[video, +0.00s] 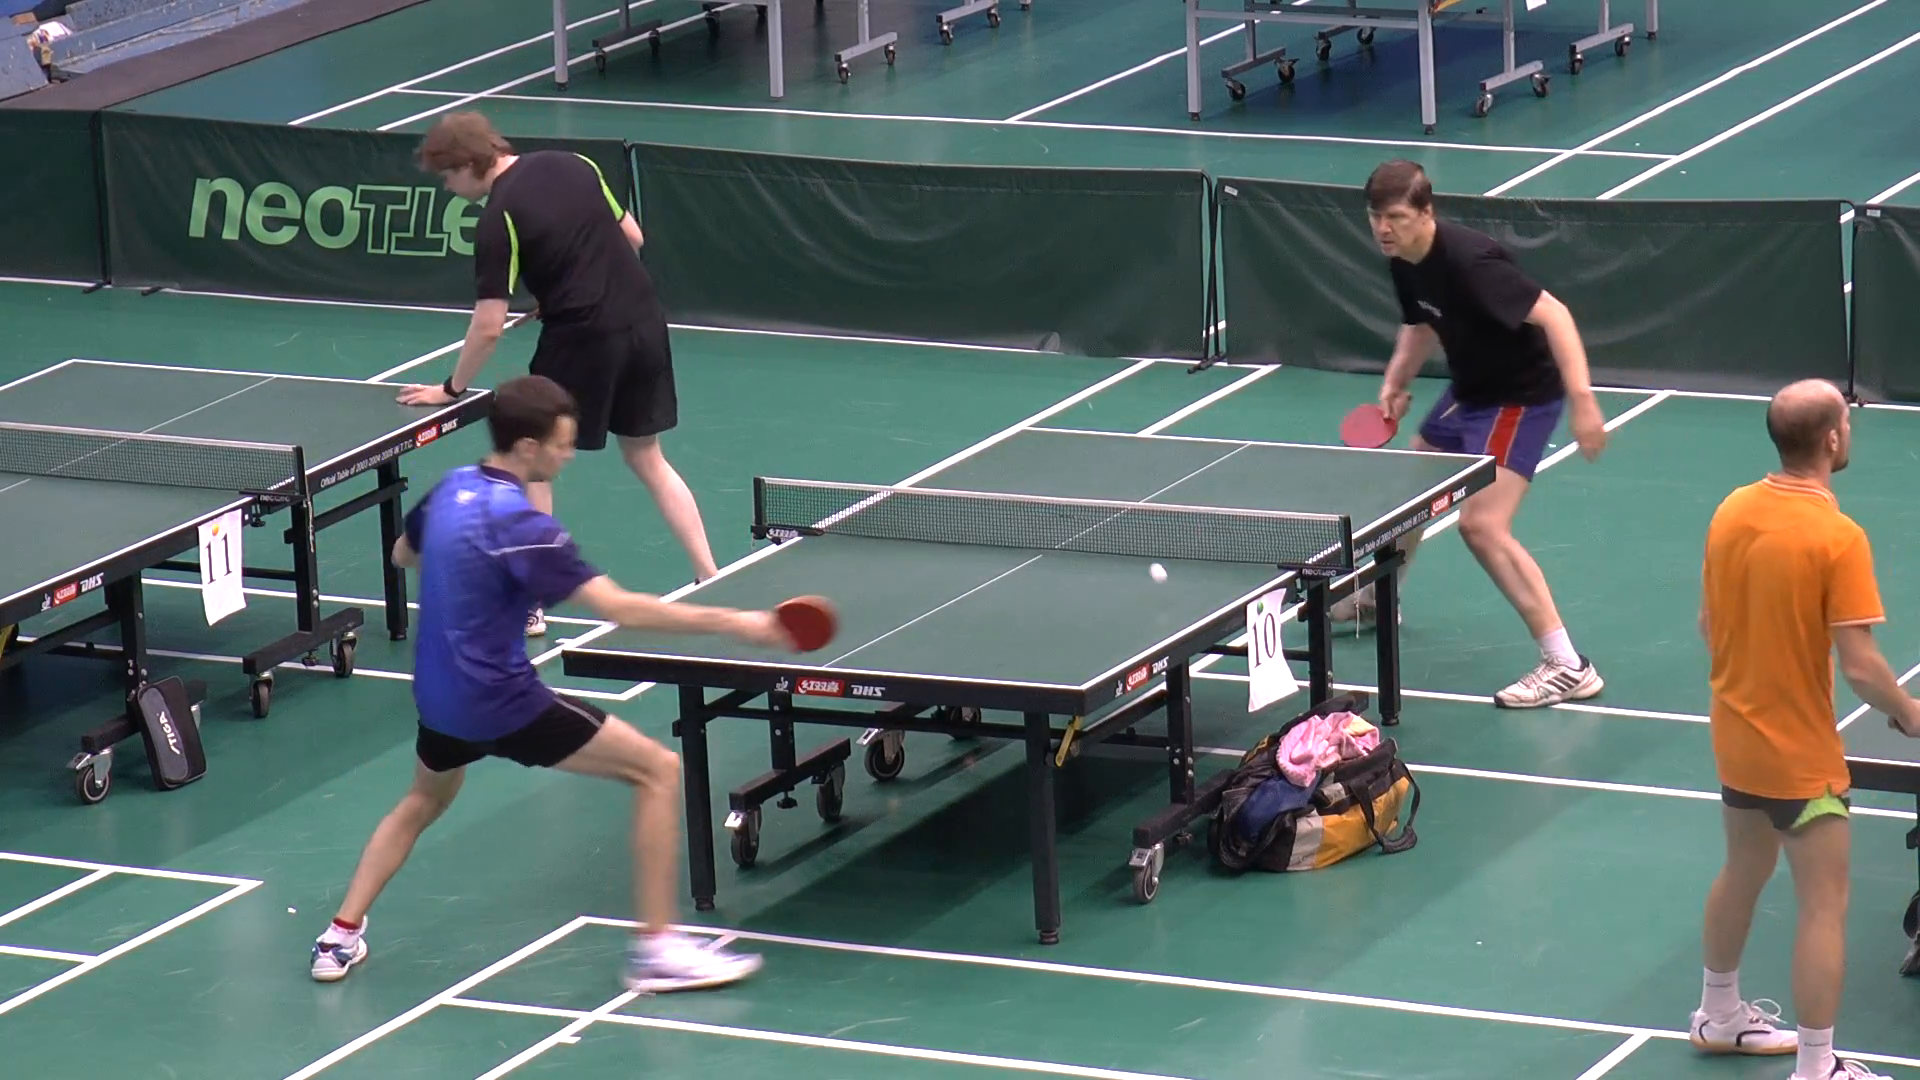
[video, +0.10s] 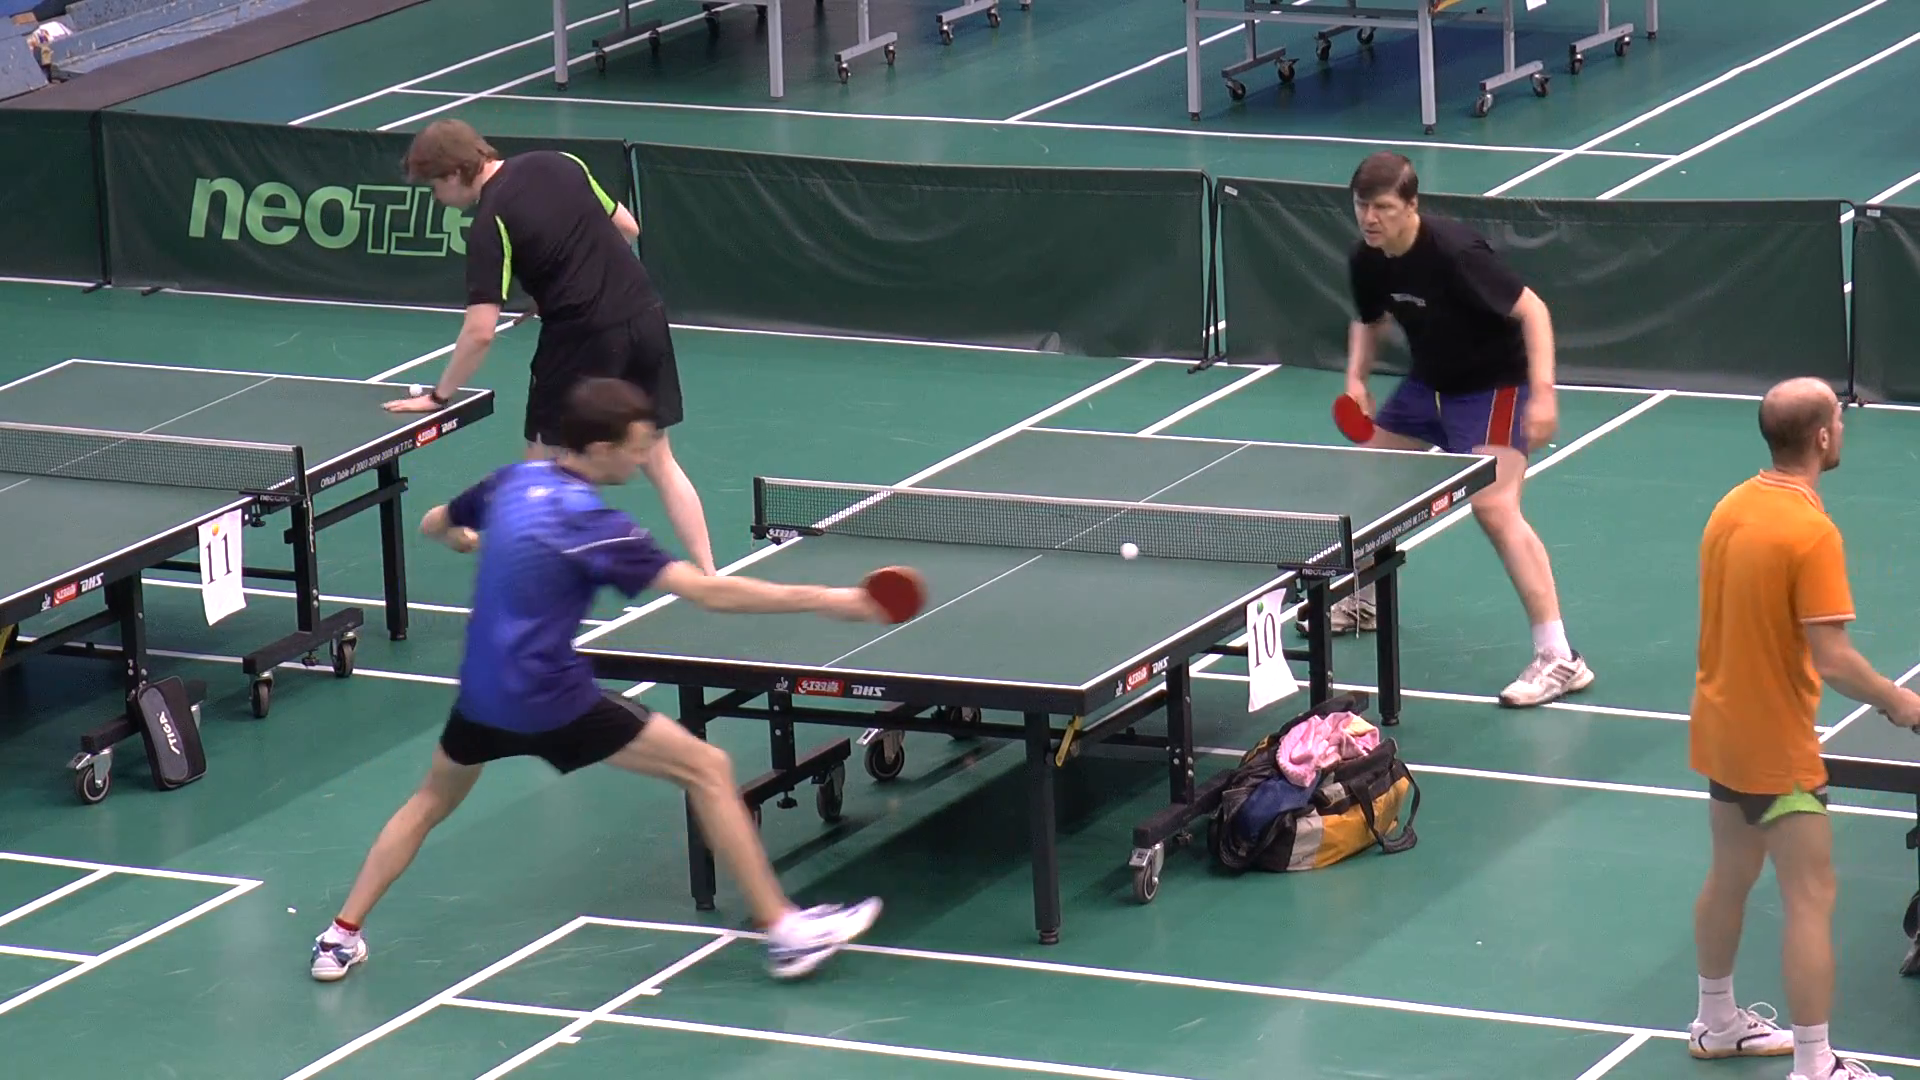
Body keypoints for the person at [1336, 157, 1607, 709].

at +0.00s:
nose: (1382, 229)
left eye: (1394, 218)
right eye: (1377, 218)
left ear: (1426, 213)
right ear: (1372, 216)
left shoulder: (1471, 262)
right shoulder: (1403, 259)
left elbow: (1554, 314)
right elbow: (1418, 326)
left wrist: (1582, 403)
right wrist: (1395, 384)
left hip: (1523, 396)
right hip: (1469, 392)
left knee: (1484, 525)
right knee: (1405, 491)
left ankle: (1568, 665)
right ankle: (1372, 595)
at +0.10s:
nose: (1369, 220)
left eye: (1381, 209)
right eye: (1363, 209)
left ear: (1411, 205)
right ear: (1357, 208)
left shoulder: (1454, 250)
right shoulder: (1367, 260)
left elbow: (1533, 309)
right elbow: (1367, 321)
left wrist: (1542, 396)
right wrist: (1355, 380)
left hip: (1495, 389)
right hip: (1428, 385)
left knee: (1496, 508)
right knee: (1363, 475)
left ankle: (1558, 657)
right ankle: (1364, 598)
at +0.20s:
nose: (1360, 209)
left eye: (1372, 199)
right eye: (1353, 198)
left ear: (1401, 196)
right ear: (1345, 196)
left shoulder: (1445, 241)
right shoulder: (1347, 248)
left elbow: (1513, 304)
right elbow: (1328, 309)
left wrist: (1512, 386)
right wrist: (1325, 362)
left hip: (1472, 381)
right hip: (1400, 378)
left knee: (1486, 499)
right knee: (1339, 473)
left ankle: (1558, 627)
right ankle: (1357, 596)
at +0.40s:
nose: (1353, 184)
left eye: (1366, 173)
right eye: (1347, 172)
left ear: (1393, 173)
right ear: (1338, 171)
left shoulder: (1436, 219)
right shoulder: (1335, 221)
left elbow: (1498, 285)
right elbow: (1300, 282)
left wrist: (1498, 367)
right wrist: (1301, 333)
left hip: (1459, 371)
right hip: (1380, 365)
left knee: (1496, 495)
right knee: (1320, 467)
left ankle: (1521, 590)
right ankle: (1355, 591)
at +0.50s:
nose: (1353, 185)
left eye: (1365, 175)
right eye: (1347, 173)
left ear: (1394, 172)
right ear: (1339, 170)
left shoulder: (1438, 220)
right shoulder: (1335, 222)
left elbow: (1499, 286)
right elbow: (1288, 277)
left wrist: (1502, 363)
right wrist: (1292, 331)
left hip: (1457, 370)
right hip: (1374, 364)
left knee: (1500, 492)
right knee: (1306, 460)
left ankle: (1521, 589)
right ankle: (1304, 579)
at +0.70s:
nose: (1296, 192)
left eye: (1308, 182)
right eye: (1292, 181)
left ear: (1344, 182)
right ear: (1289, 184)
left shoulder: (1394, 229)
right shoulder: (1297, 244)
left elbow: (1468, 281)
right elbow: (1257, 299)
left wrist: (1506, 347)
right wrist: (1185, 323)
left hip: (1419, 382)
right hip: (1336, 379)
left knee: (1481, 500)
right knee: (1256, 467)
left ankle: (1519, 592)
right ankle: (1273, 585)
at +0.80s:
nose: (1232, 205)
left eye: (1242, 194)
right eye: (1229, 195)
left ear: (1280, 193)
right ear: (1236, 199)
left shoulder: (1339, 237)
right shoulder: (1251, 259)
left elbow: (1424, 273)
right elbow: (1201, 319)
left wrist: (1495, 325)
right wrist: (1115, 334)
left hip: (1380, 396)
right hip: (1297, 394)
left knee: (1449, 504)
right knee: (1207, 470)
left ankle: (1516, 594)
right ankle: (1236, 603)